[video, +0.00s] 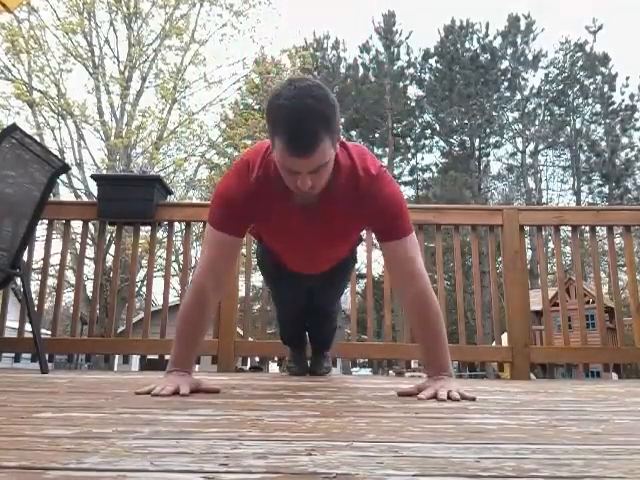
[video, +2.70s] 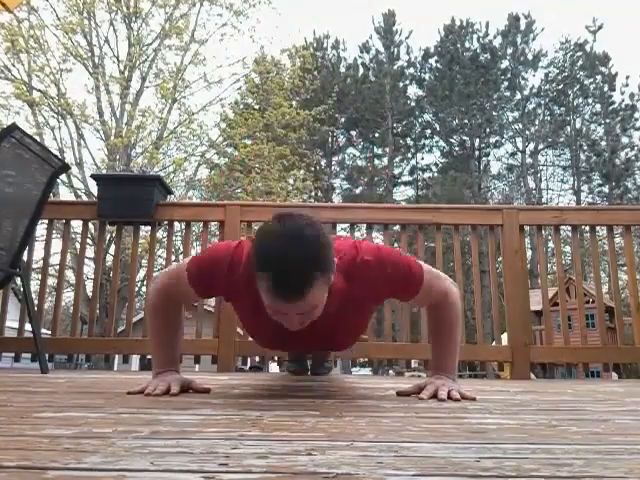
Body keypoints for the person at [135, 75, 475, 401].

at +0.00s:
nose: (303, 183)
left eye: (316, 170)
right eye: (290, 171)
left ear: (337, 143)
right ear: (271, 147)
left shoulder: (371, 185)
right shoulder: (242, 184)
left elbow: (413, 282)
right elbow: (206, 283)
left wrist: (440, 374)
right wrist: (179, 370)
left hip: (336, 254)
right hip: (278, 253)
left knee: (324, 313)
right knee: (290, 317)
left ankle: (321, 353)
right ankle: (295, 352)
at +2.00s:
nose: (299, 177)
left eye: (313, 163)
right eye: (286, 163)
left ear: (334, 139)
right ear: (268, 141)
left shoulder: (370, 184)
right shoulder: (237, 185)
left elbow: (417, 285)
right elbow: (197, 285)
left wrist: (441, 375)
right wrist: (169, 370)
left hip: (339, 257)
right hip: (280, 255)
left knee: (327, 314)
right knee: (291, 314)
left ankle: (324, 354)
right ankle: (296, 351)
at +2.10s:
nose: (299, 199)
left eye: (313, 184)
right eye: (285, 185)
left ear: (334, 158)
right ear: (266, 161)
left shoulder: (375, 198)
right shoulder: (233, 201)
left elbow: (424, 284)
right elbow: (193, 285)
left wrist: (442, 375)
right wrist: (168, 370)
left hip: (338, 278)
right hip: (279, 274)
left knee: (327, 325)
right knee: (292, 324)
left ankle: (323, 352)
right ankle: (297, 350)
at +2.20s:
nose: (296, 255)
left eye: (309, 241)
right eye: (281, 242)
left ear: (331, 209)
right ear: (260, 215)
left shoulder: (374, 227)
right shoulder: (231, 231)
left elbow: (437, 291)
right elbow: (176, 289)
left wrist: (443, 375)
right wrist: (166, 370)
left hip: (334, 308)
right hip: (280, 307)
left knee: (324, 338)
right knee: (293, 338)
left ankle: (323, 356)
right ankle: (295, 356)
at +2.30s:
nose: (296, 297)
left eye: (309, 287)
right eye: (282, 289)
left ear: (332, 252)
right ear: (258, 256)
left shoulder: (374, 251)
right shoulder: (231, 254)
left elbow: (441, 294)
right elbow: (167, 290)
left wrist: (442, 374)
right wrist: (166, 370)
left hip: (337, 322)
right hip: (276, 327)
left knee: (324, 343)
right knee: (292, 345)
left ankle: (321, 354)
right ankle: (296, 355)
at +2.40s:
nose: (294, 343)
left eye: (306, 332)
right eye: (278, 334)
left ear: (330, 290)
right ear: (254, 292)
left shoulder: (368, 273)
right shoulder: (231, 274)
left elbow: (444, 294)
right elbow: (166, 287)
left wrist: (443, 374)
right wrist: (165, 369)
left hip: (340, 351)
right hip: (271, 352)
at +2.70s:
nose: (294, 320)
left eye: (306, 310)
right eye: (279, 311)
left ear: (330, 274)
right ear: (256, 276)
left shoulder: (367, 265)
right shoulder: (230, 263)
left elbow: (443, 293)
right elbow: (165, 290)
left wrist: (444, 375)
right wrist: (165, 370)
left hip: (338, 332)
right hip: (270, 337)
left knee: (328, 348)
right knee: (287, 352)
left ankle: (324, 357)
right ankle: (297, 356)